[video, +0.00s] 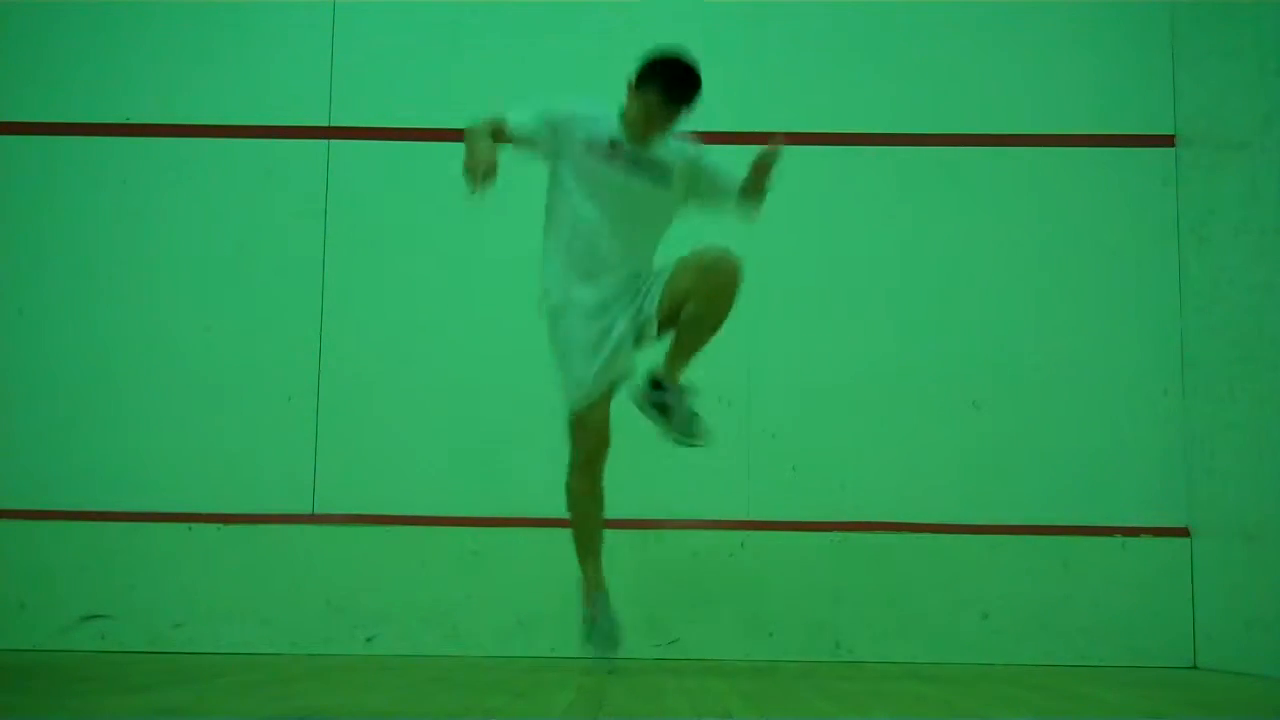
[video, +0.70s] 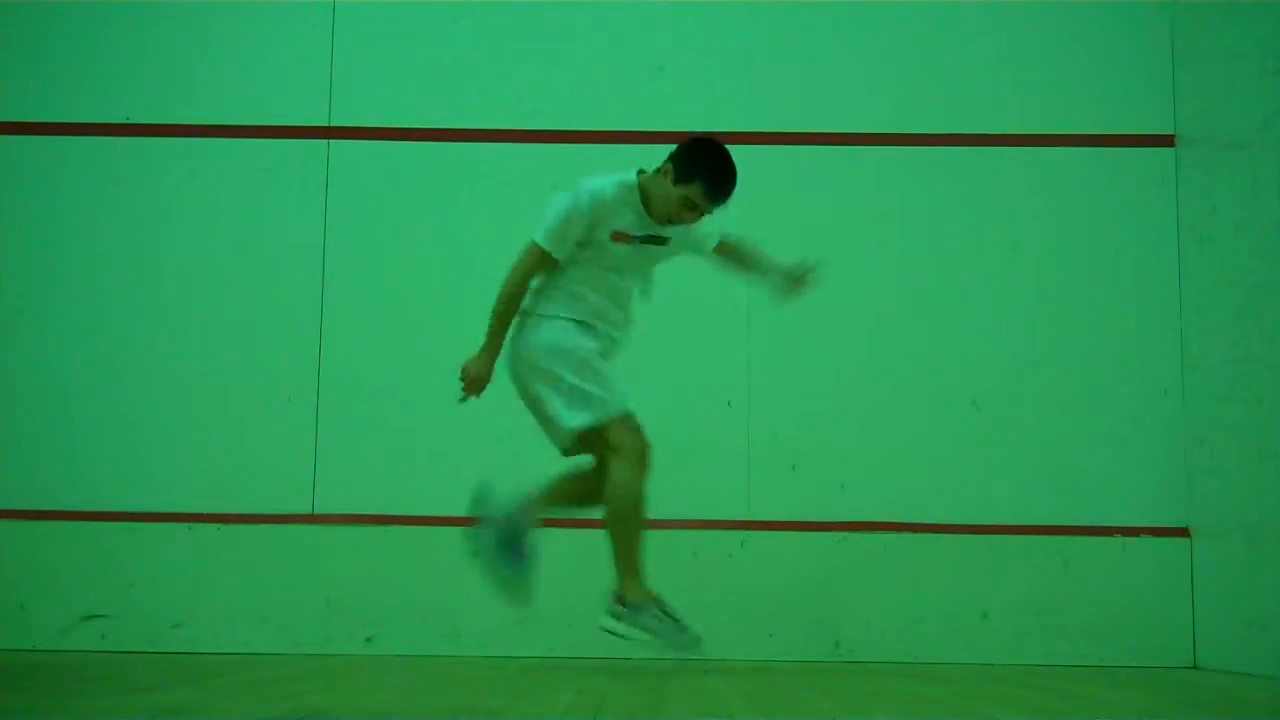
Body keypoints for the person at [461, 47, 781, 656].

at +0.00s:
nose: (652, 123)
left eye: (667, 116)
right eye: (649, 107)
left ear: (680, 116)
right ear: (632, 91)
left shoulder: (682, 162)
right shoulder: (577, 128)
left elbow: (743, 204)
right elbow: (487, 127)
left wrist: (759, 172)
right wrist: (481, 150)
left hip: (640, 298)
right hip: (580, 307)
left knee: (721, 271)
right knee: (589, 450)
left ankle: (663, 385)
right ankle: (594, 592)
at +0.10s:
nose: (645, 93)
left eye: (660, 85)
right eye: (638, 78)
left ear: (676, 76)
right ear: (622, 61)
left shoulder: (694, 107)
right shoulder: (583, 97)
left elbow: (756, 109)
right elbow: (504, 110)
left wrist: (800, 105)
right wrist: (480, 122)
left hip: (647, 268)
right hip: (590, 261)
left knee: (719, 341)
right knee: (625, 345)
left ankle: (616, 381)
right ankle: (593, 487)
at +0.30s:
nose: (659, 125)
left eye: (672, 118)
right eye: (652, 112)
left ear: (690, 110)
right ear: (635, 94)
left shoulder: (699, 132)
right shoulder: (604, 140)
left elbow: (757, 109)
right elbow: (537, 157)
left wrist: (812, 83)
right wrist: (494, 174)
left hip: (652, 296)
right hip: (602, 289)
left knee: (665, 448)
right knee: (716, 321)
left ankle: (560, 528)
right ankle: (611, 425)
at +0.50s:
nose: (698, 218)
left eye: (709, 210)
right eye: (693, 204)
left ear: (718, 206)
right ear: (667, 185)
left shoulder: (698, 233)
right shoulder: (628, 239)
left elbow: (757, 213)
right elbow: (551, 291)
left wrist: (823, 184)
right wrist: (470, 345)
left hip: (592, 406)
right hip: (610, 397)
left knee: (664, 519)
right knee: (691, 503)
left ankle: (607, 546)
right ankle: (641, 639)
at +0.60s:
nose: (693, 217)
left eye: (703, 212)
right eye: (689, 203)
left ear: (712, 207)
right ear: (664, 179)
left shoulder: (687, 225)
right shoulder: (613, 225)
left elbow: (759, 226)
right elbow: (538, 285)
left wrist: (846, 230)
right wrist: (483, 363)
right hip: (585, 375)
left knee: (637, 494)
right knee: (662, 479)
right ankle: (644, 626)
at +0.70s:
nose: (689, 218)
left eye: (700, 213)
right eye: (688, 204)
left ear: (707, 206)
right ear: (665, 173)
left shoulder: (679, 226)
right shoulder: (593, 200)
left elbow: (726, 248)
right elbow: (525, 269)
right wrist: (486, 354)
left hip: (589, 347)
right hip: (549, 337)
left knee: (615, 474)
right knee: (628, 445)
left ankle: (512, 516)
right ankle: (631, 597)